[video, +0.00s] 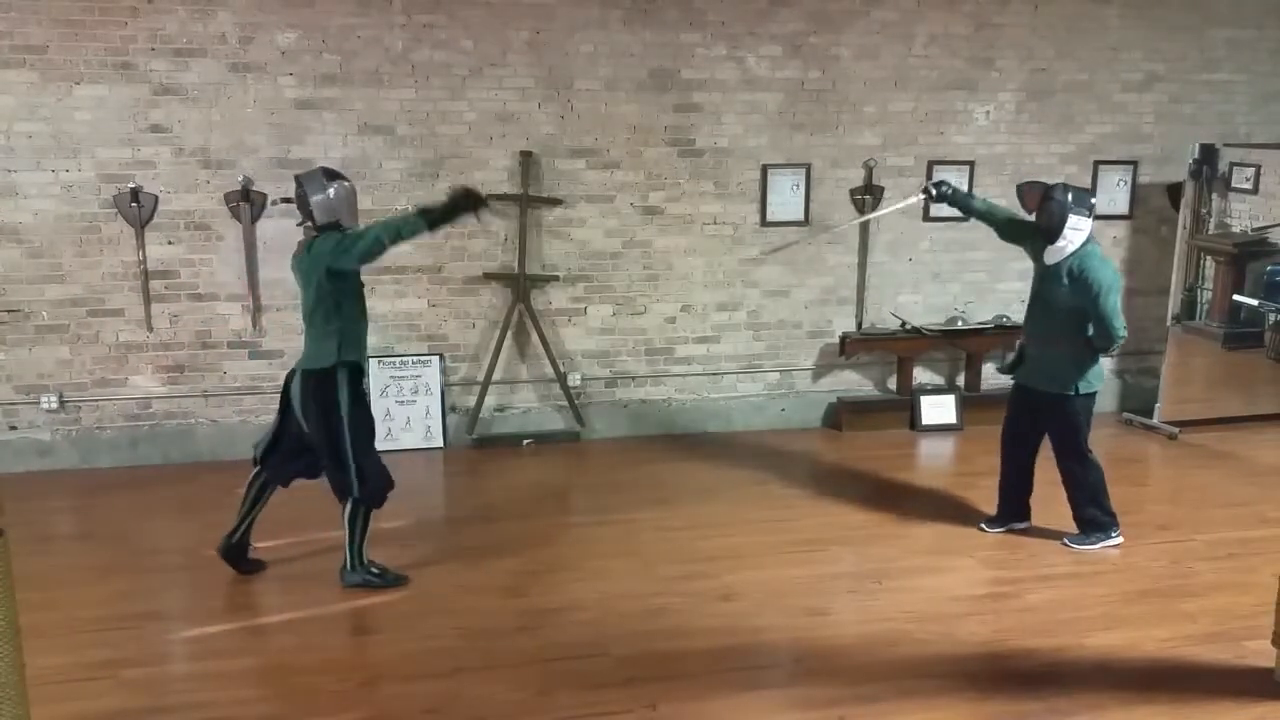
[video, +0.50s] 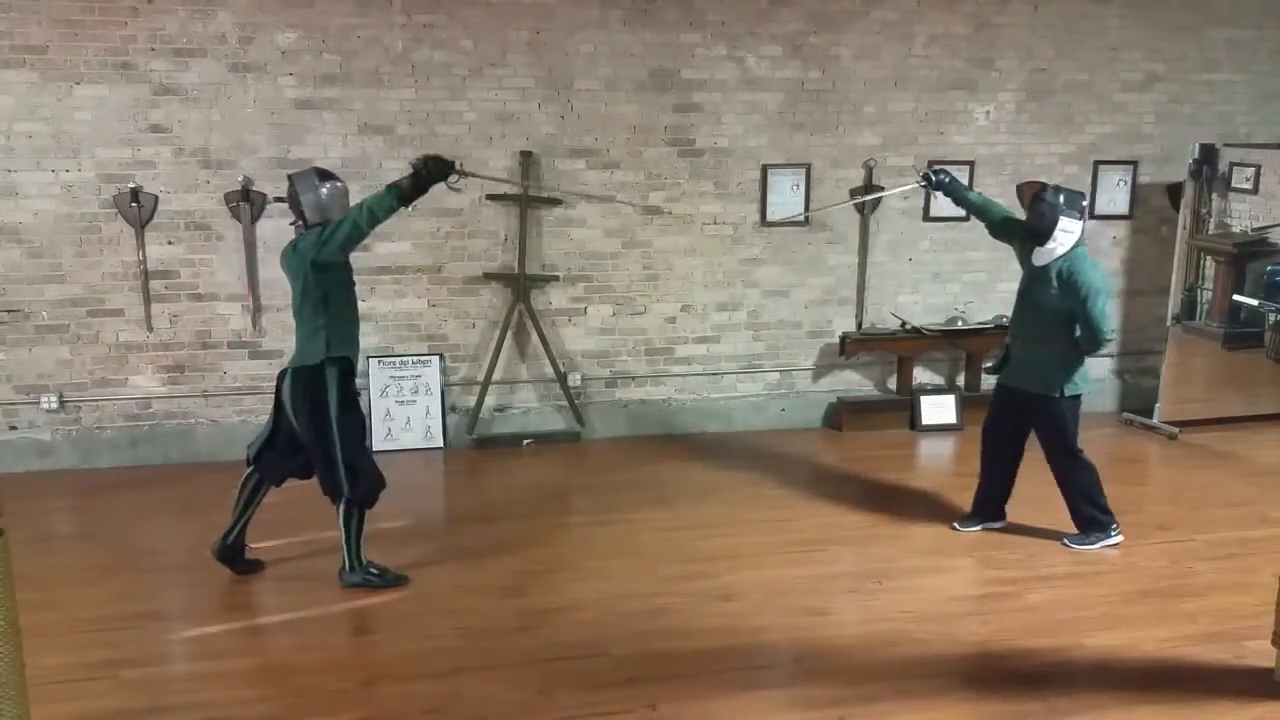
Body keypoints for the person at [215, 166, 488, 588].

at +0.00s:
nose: (353, 210)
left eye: (350, 202)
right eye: (348, 202)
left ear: (309, 210)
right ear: (337, 204)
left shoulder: (306, 253)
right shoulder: (330, 248)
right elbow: (381, 235)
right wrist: (445, 210)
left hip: (307, 376)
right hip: (335, 376)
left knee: (279, 461)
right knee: (363, 473)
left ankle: (236, 541)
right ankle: (355, 565)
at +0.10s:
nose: (350, 211)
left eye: (348, 203)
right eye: (344, 204)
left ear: (306, 210)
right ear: (332, 206)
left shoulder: (303, 252)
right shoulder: (324, 248)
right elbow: (373, 224)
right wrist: (431, 192)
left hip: (305, 375)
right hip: (332, 375)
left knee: (275, 461)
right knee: (360, 471)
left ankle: (234, 542)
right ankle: (355, 565)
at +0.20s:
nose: (345, 208)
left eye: (343, 201)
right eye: (340, 201)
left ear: (304, 211)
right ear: (330, 205)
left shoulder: (300, 252)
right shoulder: (323, 245)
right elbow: (370, 218)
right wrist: (424, 182)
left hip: (304, 374)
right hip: (331, 372)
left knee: (273, 460)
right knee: (359, 471)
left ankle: (232, 542)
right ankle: (355, 564)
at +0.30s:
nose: (345, 209)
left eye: (343, 202)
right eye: (340, 202)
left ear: (303, 212)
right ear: (328, 207)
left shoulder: (298, 251)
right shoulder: (320, 245)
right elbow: (365, 217)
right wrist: (420, 179)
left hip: (302, 375)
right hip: (328, 373)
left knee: (272, 461)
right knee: (359, 472)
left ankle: (231, 543)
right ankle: (356, 565)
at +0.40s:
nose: (344, 208)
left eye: (342, 202)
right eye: (339, 202)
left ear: (302, 211)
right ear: (326, 206)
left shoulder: (296, 251)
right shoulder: (318, 245)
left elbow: (355, 221)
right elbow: (362, 217)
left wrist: (410, 183)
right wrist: (417, 179)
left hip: (300, 375)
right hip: (326, 373)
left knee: (271, 461)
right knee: (358, 472)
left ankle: (230, 542)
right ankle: (355, 564)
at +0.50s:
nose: (344, 208)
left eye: (342, 202)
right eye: (338, 202)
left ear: (301, 211)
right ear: (327, 206)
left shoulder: (296, 251)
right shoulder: (319, 245)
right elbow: (362, 218)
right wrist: (417, 181)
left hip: (300, 374)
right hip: (326, 372)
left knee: (271, 461)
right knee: (356, 471)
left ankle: (230, 542)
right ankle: (354, 565)